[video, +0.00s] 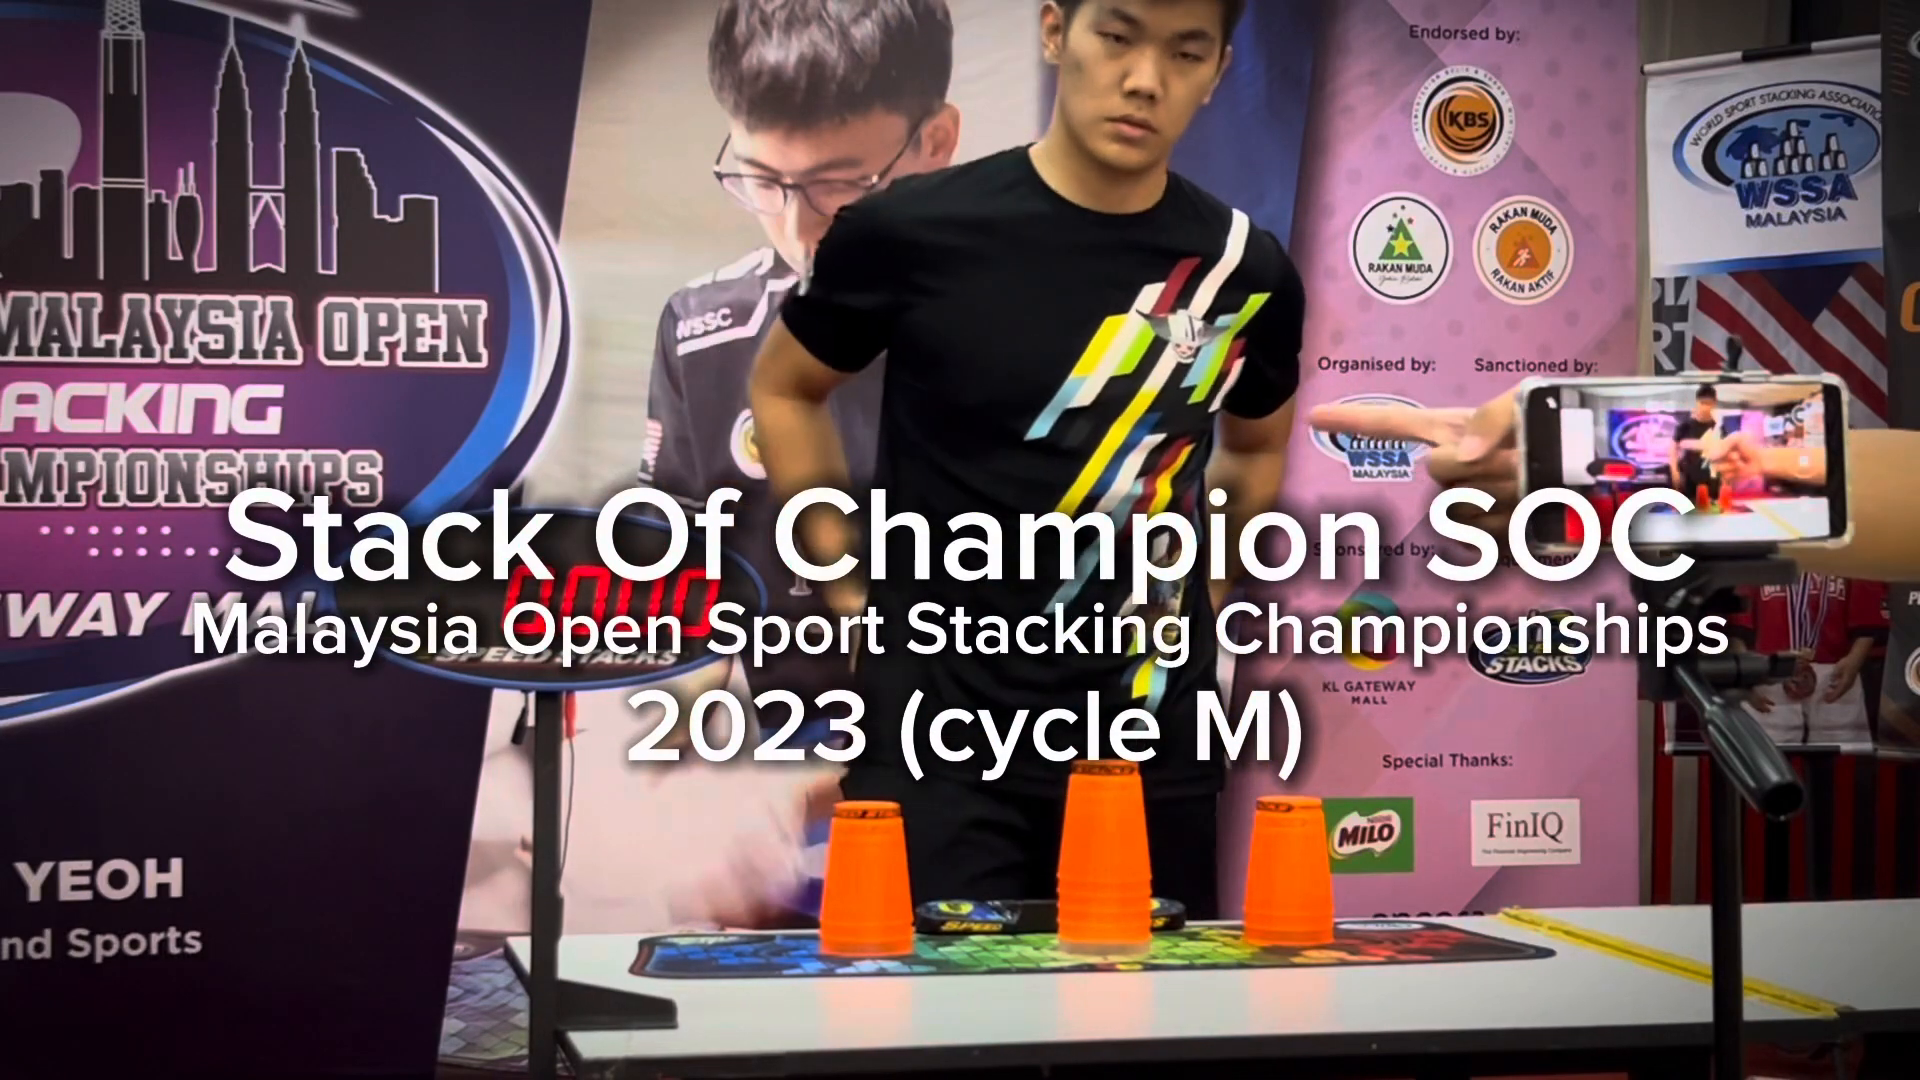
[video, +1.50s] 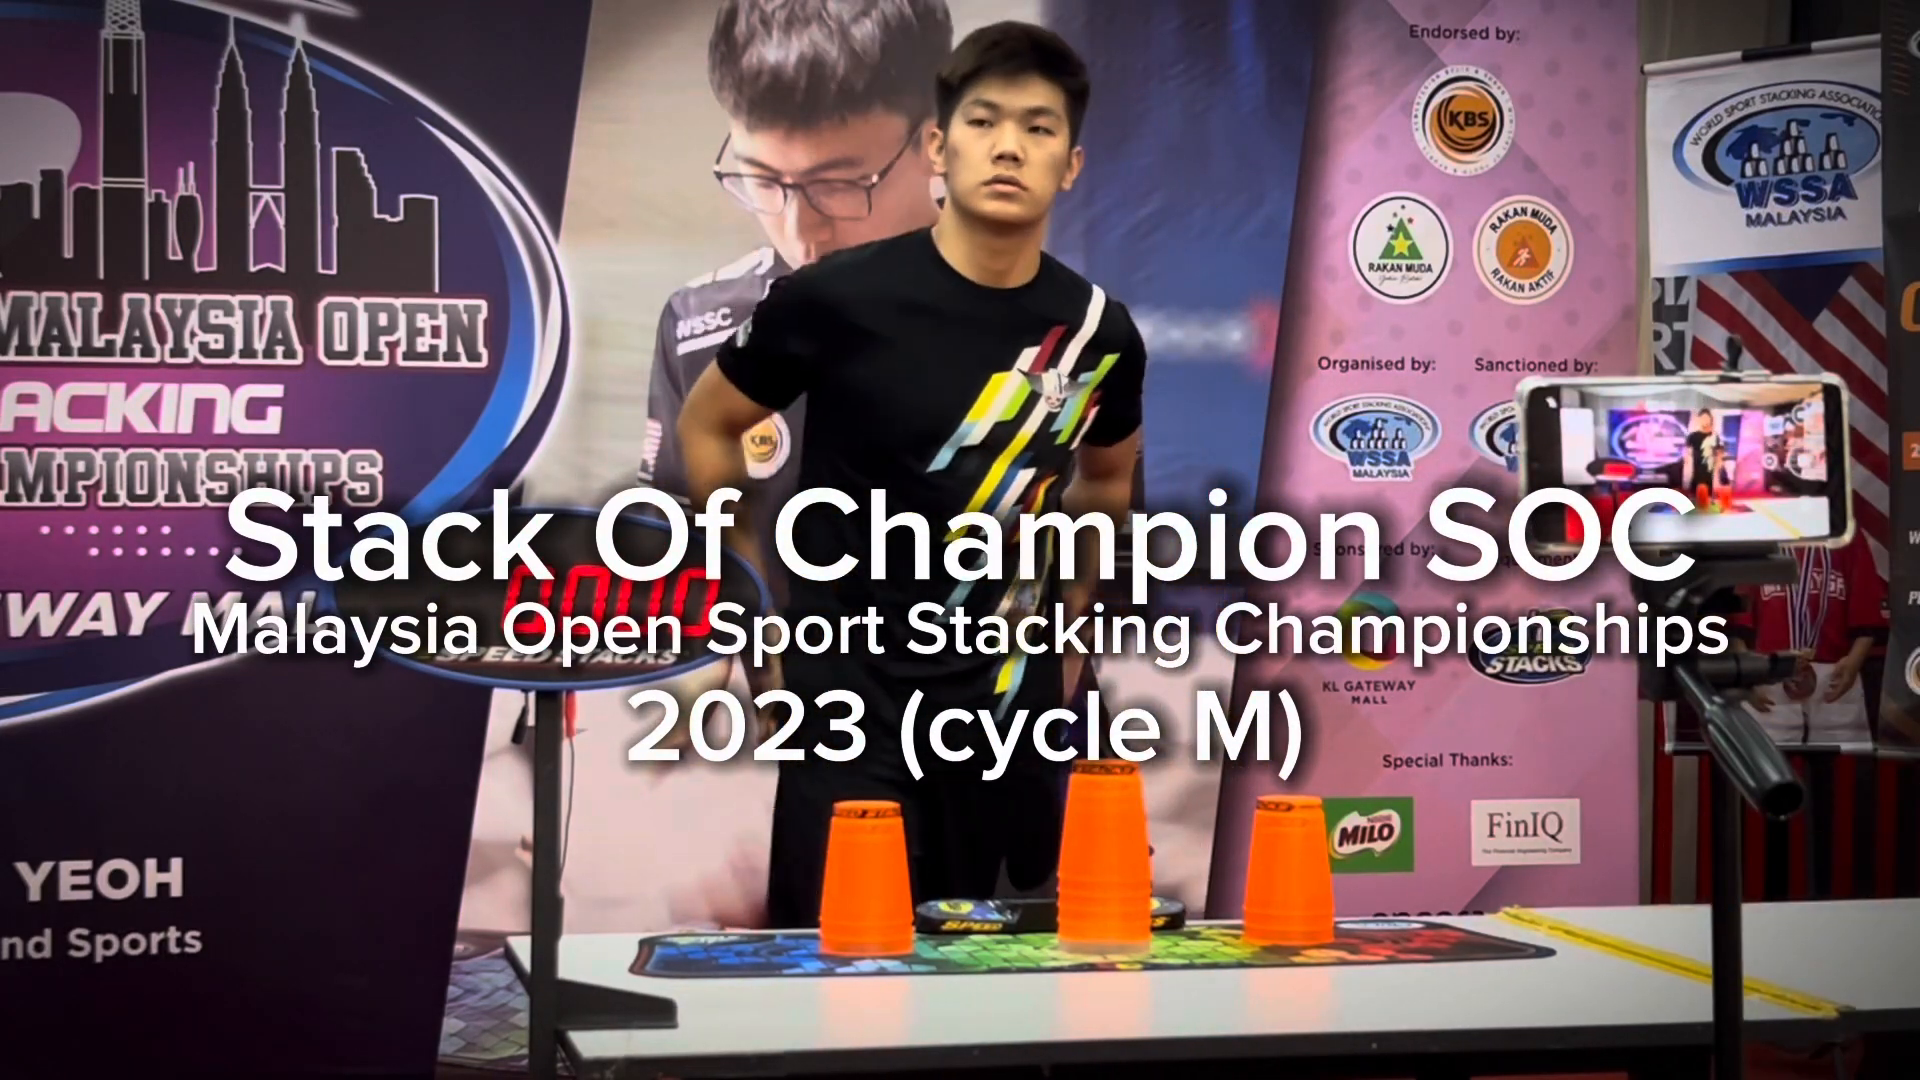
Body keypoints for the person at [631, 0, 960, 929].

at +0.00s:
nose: (797, 229)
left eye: (838, 182)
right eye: (764, 180)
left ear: (937, 145)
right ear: (736, 143)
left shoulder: (989, 316)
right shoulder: (696, 332)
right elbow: (665, 572)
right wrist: (702, 799)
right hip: (757, 785)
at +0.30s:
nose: (1102, 68)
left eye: (1137, 44)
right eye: (1073, 33)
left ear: (1169, 76)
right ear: (1012, 53)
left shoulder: (1214, 275)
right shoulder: (882, 252)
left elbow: (1242, 477)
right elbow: (774, 430)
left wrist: (1218, 640)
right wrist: (853, 624)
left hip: (1146, 758)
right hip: (942, 750)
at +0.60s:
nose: (987, 91)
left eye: (1015, 67)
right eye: (955, 64)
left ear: (1045, 103)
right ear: (899, 99)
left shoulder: (1120, 290)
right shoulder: (799, 290)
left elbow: (1192, 502)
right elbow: (682, 489)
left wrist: (1150, 653)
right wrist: (757, 661)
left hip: (1047, 765)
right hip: (867, 769)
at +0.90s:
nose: (927, 103)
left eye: (954, 83)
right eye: (897, 77)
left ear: (984, 118)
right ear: (844, 109)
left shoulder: (1054, 291)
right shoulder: (753, 289)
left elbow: (1122, 505)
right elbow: (666, 514)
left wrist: (1097, 638)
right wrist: (735, 684)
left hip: (1004, 754)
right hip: (824, 752)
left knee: (1004, 1054)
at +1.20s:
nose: (950, 125)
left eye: (976, 103)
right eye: (920, 101)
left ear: (1010, 137)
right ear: (872, 134)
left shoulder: (1074, 323)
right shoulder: (784, 301)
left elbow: (1101, 542)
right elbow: (695, 504)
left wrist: (1078, 725)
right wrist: (734, 677)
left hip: (996, 745)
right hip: (826, 739)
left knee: (994, 1040)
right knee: (813, 1037)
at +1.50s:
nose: (1009, 148)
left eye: (1039, 130)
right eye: (985, 123)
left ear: (1071, 167)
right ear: (937, 148)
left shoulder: (1100, 333)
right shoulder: (828, 301)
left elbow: (1109, 480)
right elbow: (707, 422)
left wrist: (1069, 613)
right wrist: (762, 590)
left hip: (1016, 698)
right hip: (853, 689)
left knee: (1010, 989)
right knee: (838, 984)